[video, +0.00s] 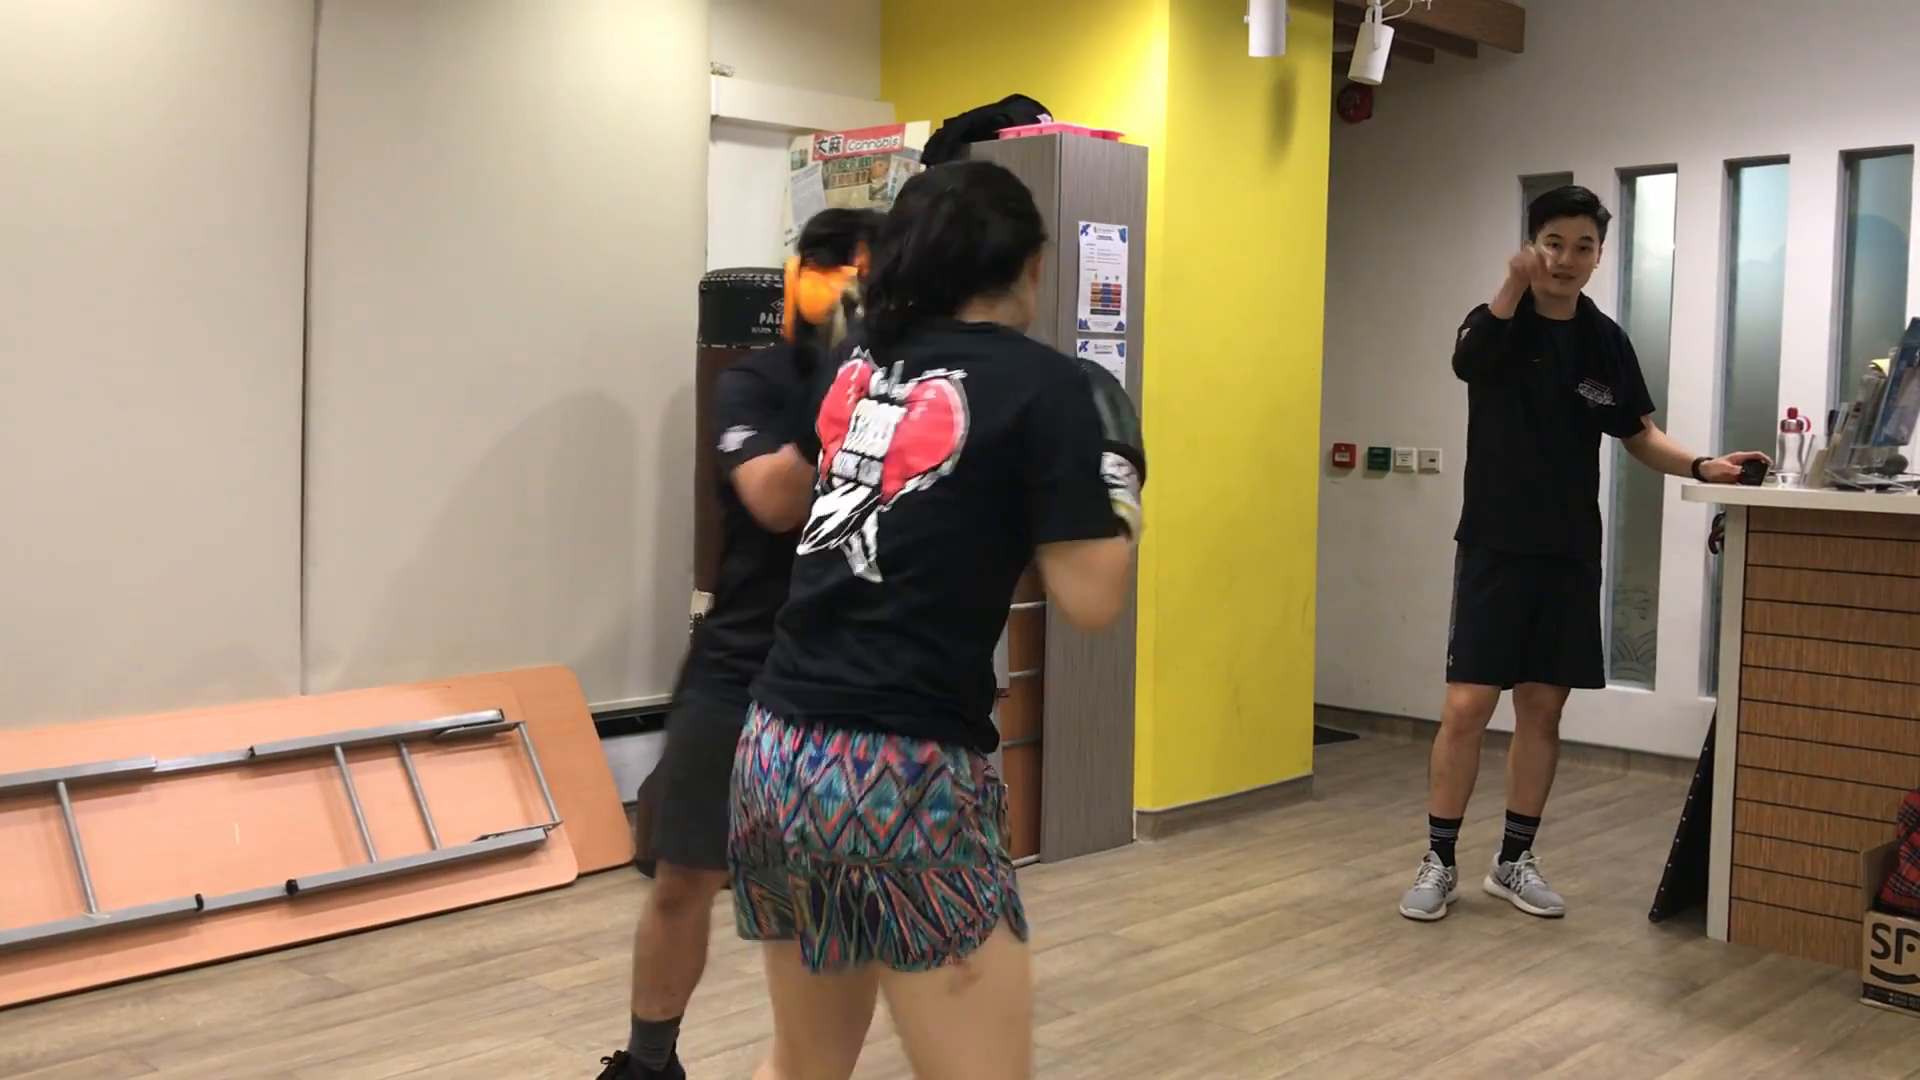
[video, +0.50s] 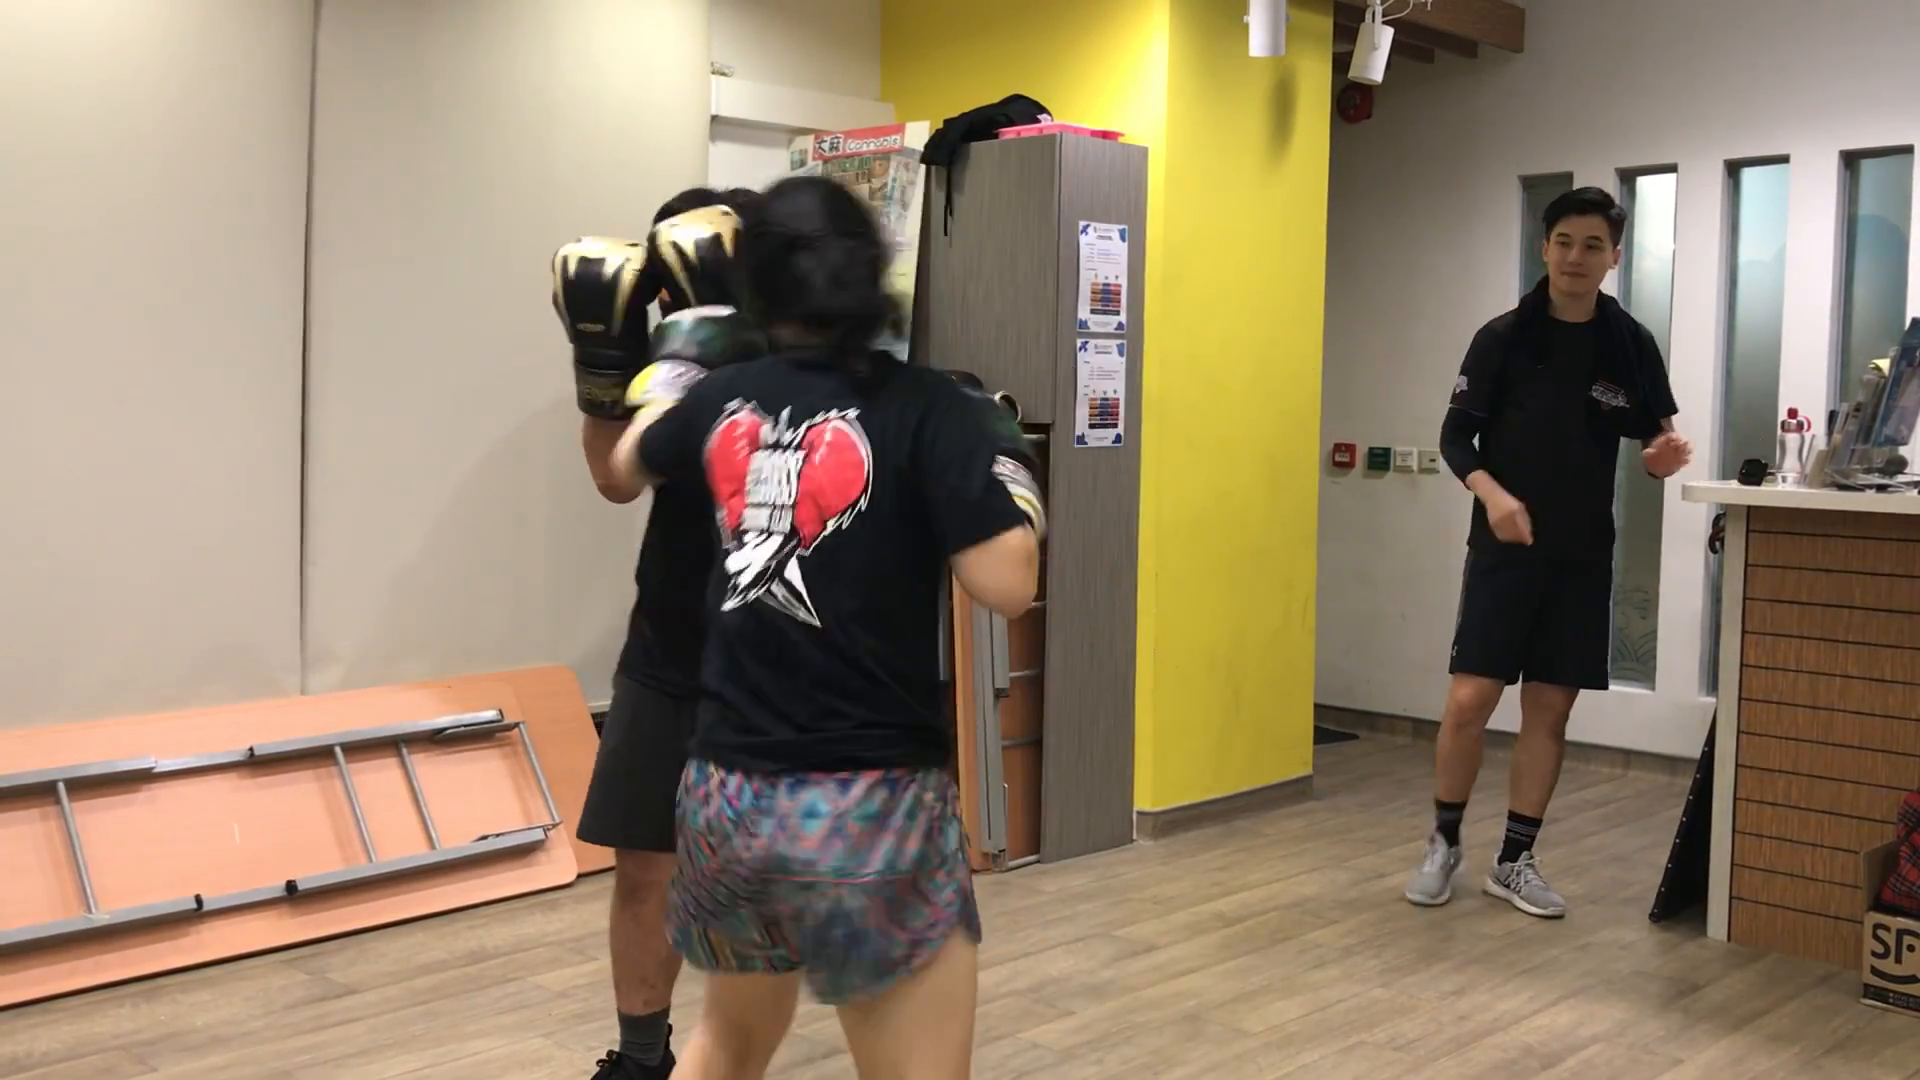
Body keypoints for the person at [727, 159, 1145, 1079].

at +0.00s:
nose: (1042, 279)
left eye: (1039, 259)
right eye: (1040, 260)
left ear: (907, 262)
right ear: (1021, 266)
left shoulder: (854, 373)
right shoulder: (1040, 385)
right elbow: (1096, 597)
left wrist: (1035, 526)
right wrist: (1111, 478)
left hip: (776, 745)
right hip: (911, 771)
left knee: (806, 1057)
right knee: (979, 1062)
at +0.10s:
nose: (1057, 272)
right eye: (1049, 256)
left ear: (912, 280)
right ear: (1041, 277)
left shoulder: (849, 382)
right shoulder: (1060, 405)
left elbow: (748, 533)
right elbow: (1155, 609)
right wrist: (1137, 456)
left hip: (767, 769)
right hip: (905, 803)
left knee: (826, 1053)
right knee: (943, 1063)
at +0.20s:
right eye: (1035, 268)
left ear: (899, 287)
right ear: (1029, 288)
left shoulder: (833, 392)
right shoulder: (1056, 420)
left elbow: (699, 531)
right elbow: (1157, 613)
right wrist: (1127, 460)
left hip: (756, 778)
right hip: (898, 821)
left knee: (818, 1031)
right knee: (938, 1062)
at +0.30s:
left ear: (878, 257)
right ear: (1002, 252)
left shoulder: (817, 364)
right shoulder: (1030, 388)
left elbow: (660, 466)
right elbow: (1087, 588)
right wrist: (1107, 466)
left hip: (756, 738)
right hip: (887, 779)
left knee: (781, 1019)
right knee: (914, 1063)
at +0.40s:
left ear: (834, 261)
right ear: (953, 250)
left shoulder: (793, 373)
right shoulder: (982, 386)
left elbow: (675, 412)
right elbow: (1027, 574)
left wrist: (726, 352)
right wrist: (1064, 487)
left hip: (739, 741)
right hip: (871, 774)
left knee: (754, 1018)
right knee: (905, 1062)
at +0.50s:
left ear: (757, 286)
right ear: (875, 277)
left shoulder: (719, 399)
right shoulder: (928, 409)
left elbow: (622, 467)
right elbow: (1006, 582)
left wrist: (664, 373)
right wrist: (1011, 477)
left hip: (725, 793)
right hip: (874, 805)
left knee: (726, 1040)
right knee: (918, 1064)